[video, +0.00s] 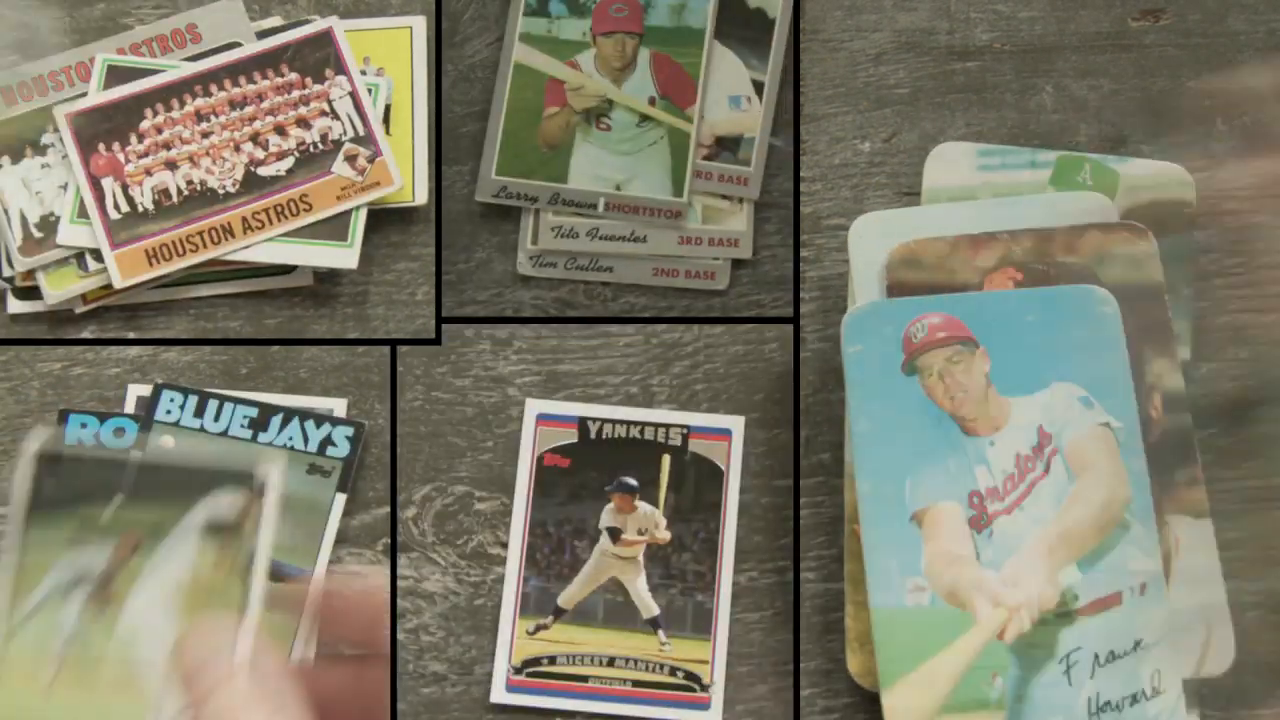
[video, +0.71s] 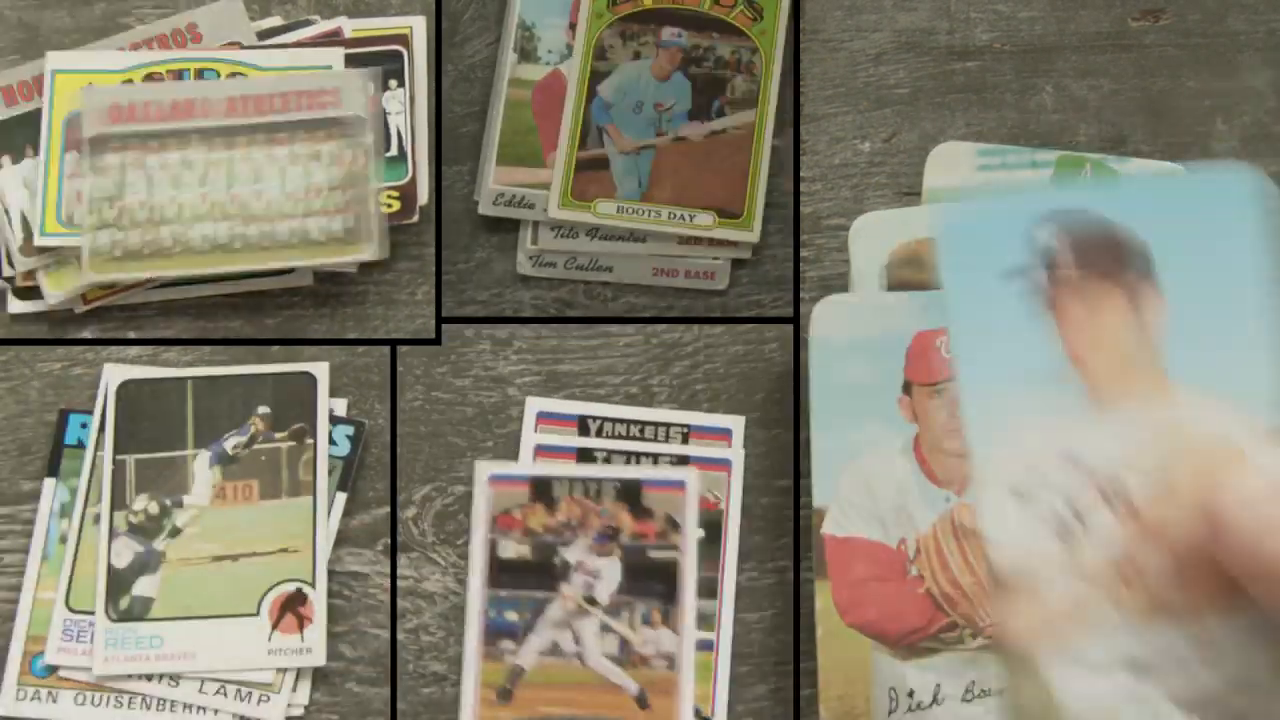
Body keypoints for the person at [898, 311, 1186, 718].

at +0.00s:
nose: (946, 382)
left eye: (954, 363)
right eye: (930, 375)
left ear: (984, 359)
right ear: (925, 390)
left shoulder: (1061, 401)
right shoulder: (939, 465)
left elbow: (1107, 487)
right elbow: (946, 557)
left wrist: (1040, 561)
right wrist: (980, 590)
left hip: (1127, 622)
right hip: (1037, 647)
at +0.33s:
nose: (946, 383)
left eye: (954, 362)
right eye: (930, 375)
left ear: (983, 360)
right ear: (925, 390)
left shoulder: (1060, 402)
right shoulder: (942, 468)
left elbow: (1107, 486)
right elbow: (947, 560)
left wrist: (1038, 563)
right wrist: (997, 601)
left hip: (1129, 612)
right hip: (1039, 639)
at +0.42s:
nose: (1036, 347)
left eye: (1045, 325)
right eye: (1014, 330)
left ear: (1061, 332)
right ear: (972, 345)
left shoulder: (1109, 423)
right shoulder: (931, 444)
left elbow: (1163, 548)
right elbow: (924, 590)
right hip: (982, 687)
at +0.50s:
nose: (958, 409)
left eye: (969, 391)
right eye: (938, 393)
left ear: (987, 401)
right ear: (907, 406)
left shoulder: (1024, 474)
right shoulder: (868, 482)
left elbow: (1068, 592)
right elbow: (862, 599)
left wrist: (1026, 627)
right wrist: (969, 606)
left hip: (1008, 687)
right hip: (913, 690)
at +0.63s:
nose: (958, 410)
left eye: (969, 391)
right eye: (938, 394)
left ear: (986, 402)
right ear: (907, 408)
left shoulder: (1029, 475)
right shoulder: (866, 483)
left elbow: (1067, 604)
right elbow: (863, 601)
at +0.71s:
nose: (957, 407)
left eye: (968, 392)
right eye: (939, 393)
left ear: (989, 398)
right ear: (907, 406)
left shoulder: (1023, 480)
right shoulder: (869, 483)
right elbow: (870, 605)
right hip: (921, 701)